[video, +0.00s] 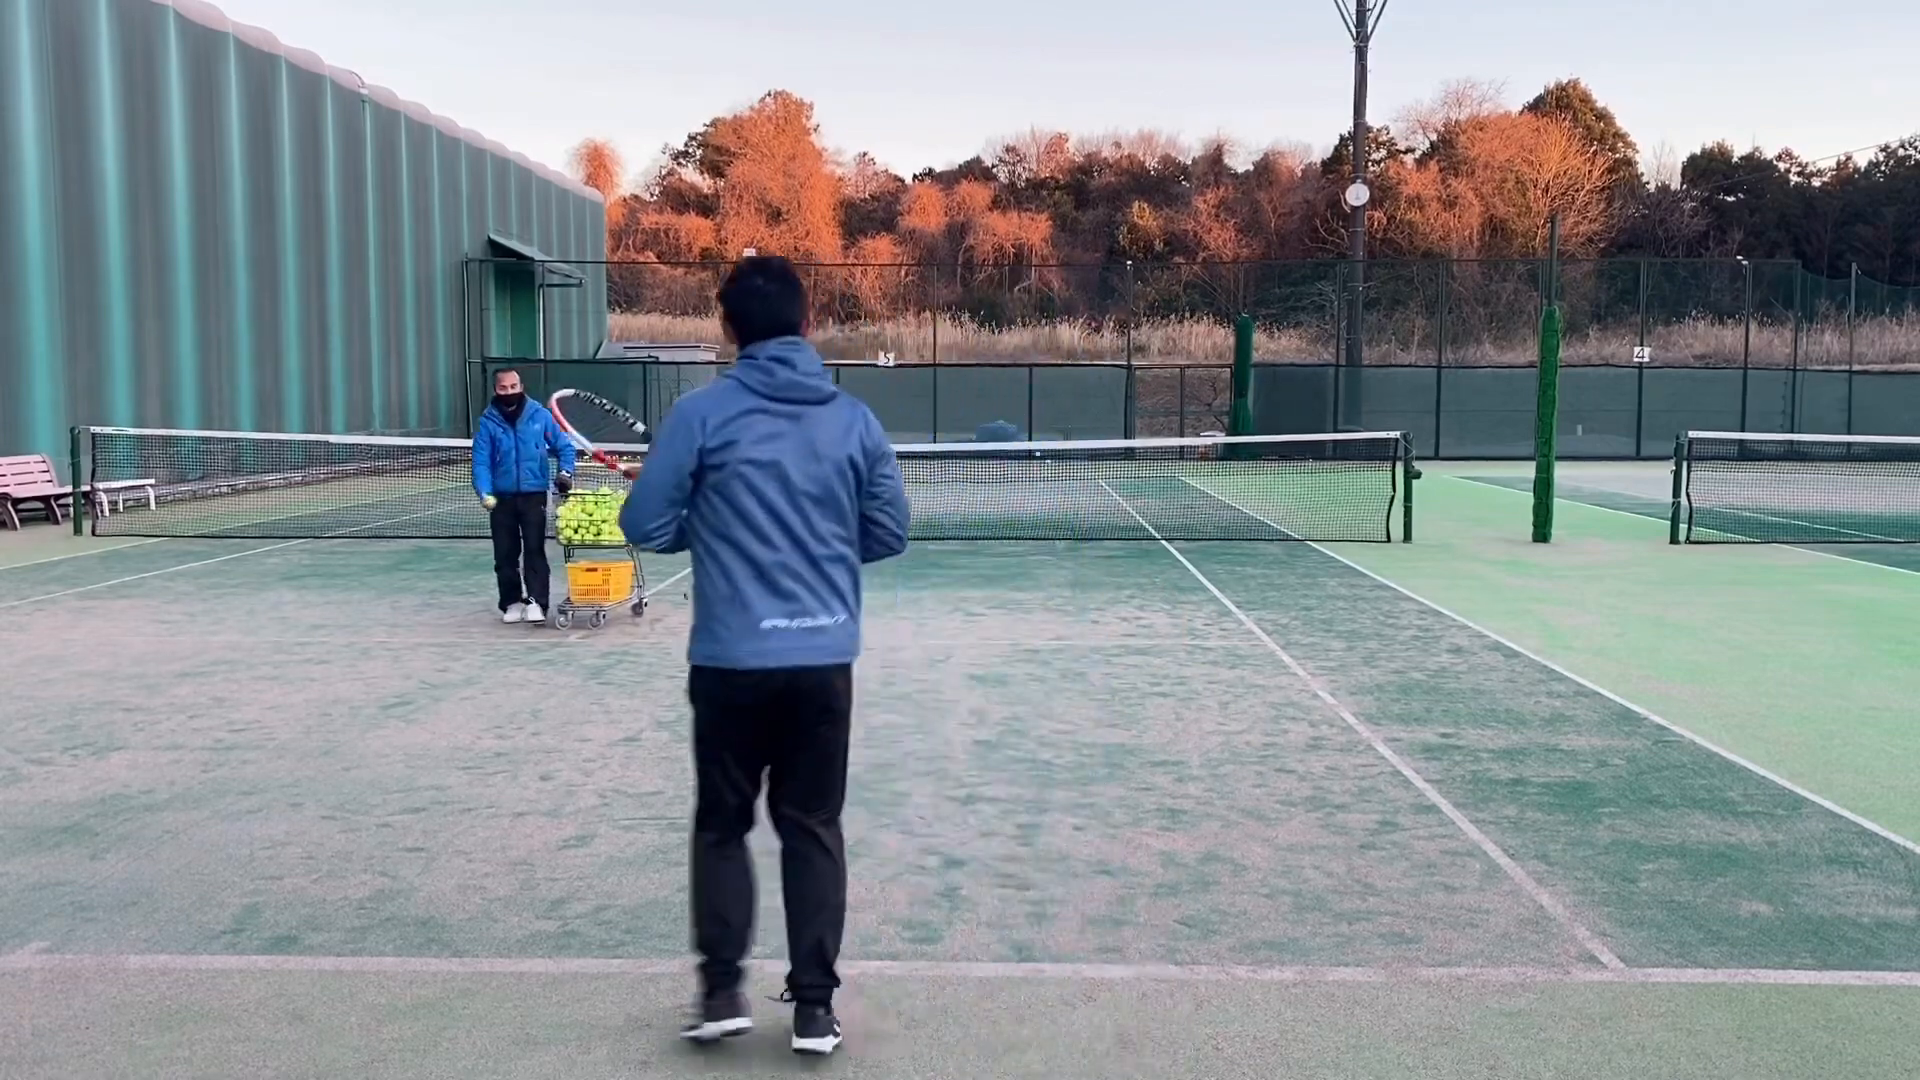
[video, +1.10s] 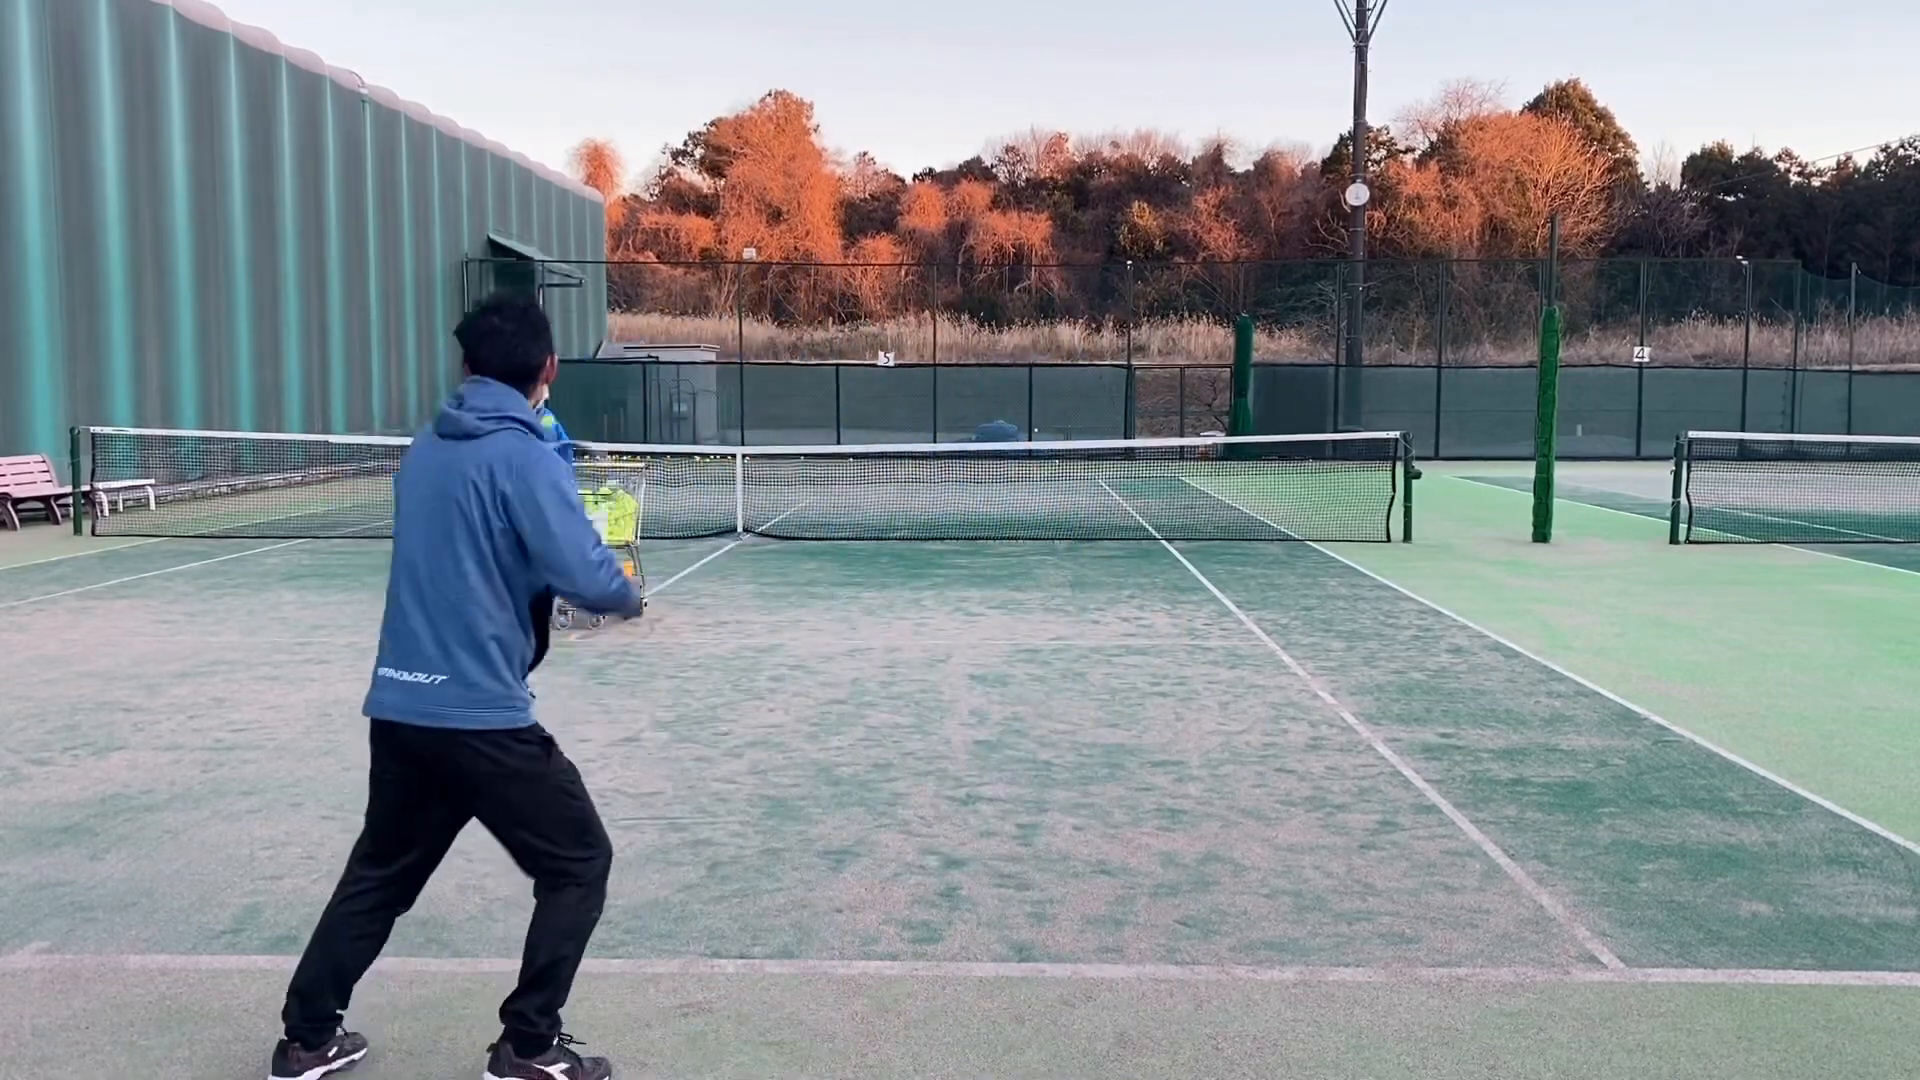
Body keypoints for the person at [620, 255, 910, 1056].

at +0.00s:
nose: (722, 334)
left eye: (724, 323)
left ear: (730, 328)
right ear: (804, 323)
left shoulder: (703, 410)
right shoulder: (852, 416)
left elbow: (645, 525)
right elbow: (887, 533)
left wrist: (714, 520)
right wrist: (812, 538)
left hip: (730, 662)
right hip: (823, 662)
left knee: (721, 820)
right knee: (814, 822)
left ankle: (721, 991)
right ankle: (815, 1007)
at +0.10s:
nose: (689, 365)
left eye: (687, 354)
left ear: (693, 361)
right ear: (771, 358)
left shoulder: (661, 451)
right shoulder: (811, 457)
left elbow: (602, 563)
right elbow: (848, 572)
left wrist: (666, 552)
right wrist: (769, 575)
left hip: (678, 708)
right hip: (783, 708)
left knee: (624, 843)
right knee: (797, 856)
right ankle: (810, 1027)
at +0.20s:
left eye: (641, 372)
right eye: (717, 371)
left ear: (640, 381)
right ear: (719, 380)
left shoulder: (597, 473)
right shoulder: (753, 481)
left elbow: (550, 586)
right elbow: (786, 600)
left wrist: (622, 569)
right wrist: (713, 595)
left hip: (620, 731)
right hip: (729, 729)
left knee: (540, 857)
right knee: (781, 866)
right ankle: (808, 1025)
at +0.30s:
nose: (657, 385)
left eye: (579, 376)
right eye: (655, 375)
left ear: (578, 383)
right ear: (656, 382)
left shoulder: (526, 471)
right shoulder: (683, 484)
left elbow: (482, 581)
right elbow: (720, 604)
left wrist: (537, 554)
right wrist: (641, 593)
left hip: (544, 732)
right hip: (656, 732)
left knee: (475, 865)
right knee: (725, 862)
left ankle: (419, 1035)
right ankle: (801, 1017)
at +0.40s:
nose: (618, 352)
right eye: (614, 342)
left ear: (527, 353)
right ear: (607, 355)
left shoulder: (475, 437)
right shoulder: (636, 461)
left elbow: (427, 539)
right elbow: (665, 578)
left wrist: (494, 471)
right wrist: (589, 556)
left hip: (491, 707)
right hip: (602, 708)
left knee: (451, 859)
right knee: (667, 855)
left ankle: (415, 1036)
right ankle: (728, 1017)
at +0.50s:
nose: (579, 324)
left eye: (483, 315)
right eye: (577, 314)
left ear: (488, 322)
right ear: (571, 323)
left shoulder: (440, 407)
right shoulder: (606, 426)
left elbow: (392, 510)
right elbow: (632, 547)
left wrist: (470, 507)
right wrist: (557, 531)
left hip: (466, 678)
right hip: (568, 680)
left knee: (438, 840)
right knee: (603, 840)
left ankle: (407, 1010)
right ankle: (612, 1014)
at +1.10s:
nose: (554, 375)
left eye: (550, 363)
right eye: (554, 364)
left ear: (469, 368)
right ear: (545, 373)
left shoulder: (424, 449)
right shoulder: (525, 460)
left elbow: (470, 554)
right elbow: (587, 578)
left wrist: (559, 580)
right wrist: (626, 590)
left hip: (401, 710)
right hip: (484, 716)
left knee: (382, 869)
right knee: (578, 864)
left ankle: (306, 1036)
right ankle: (529, 1043)